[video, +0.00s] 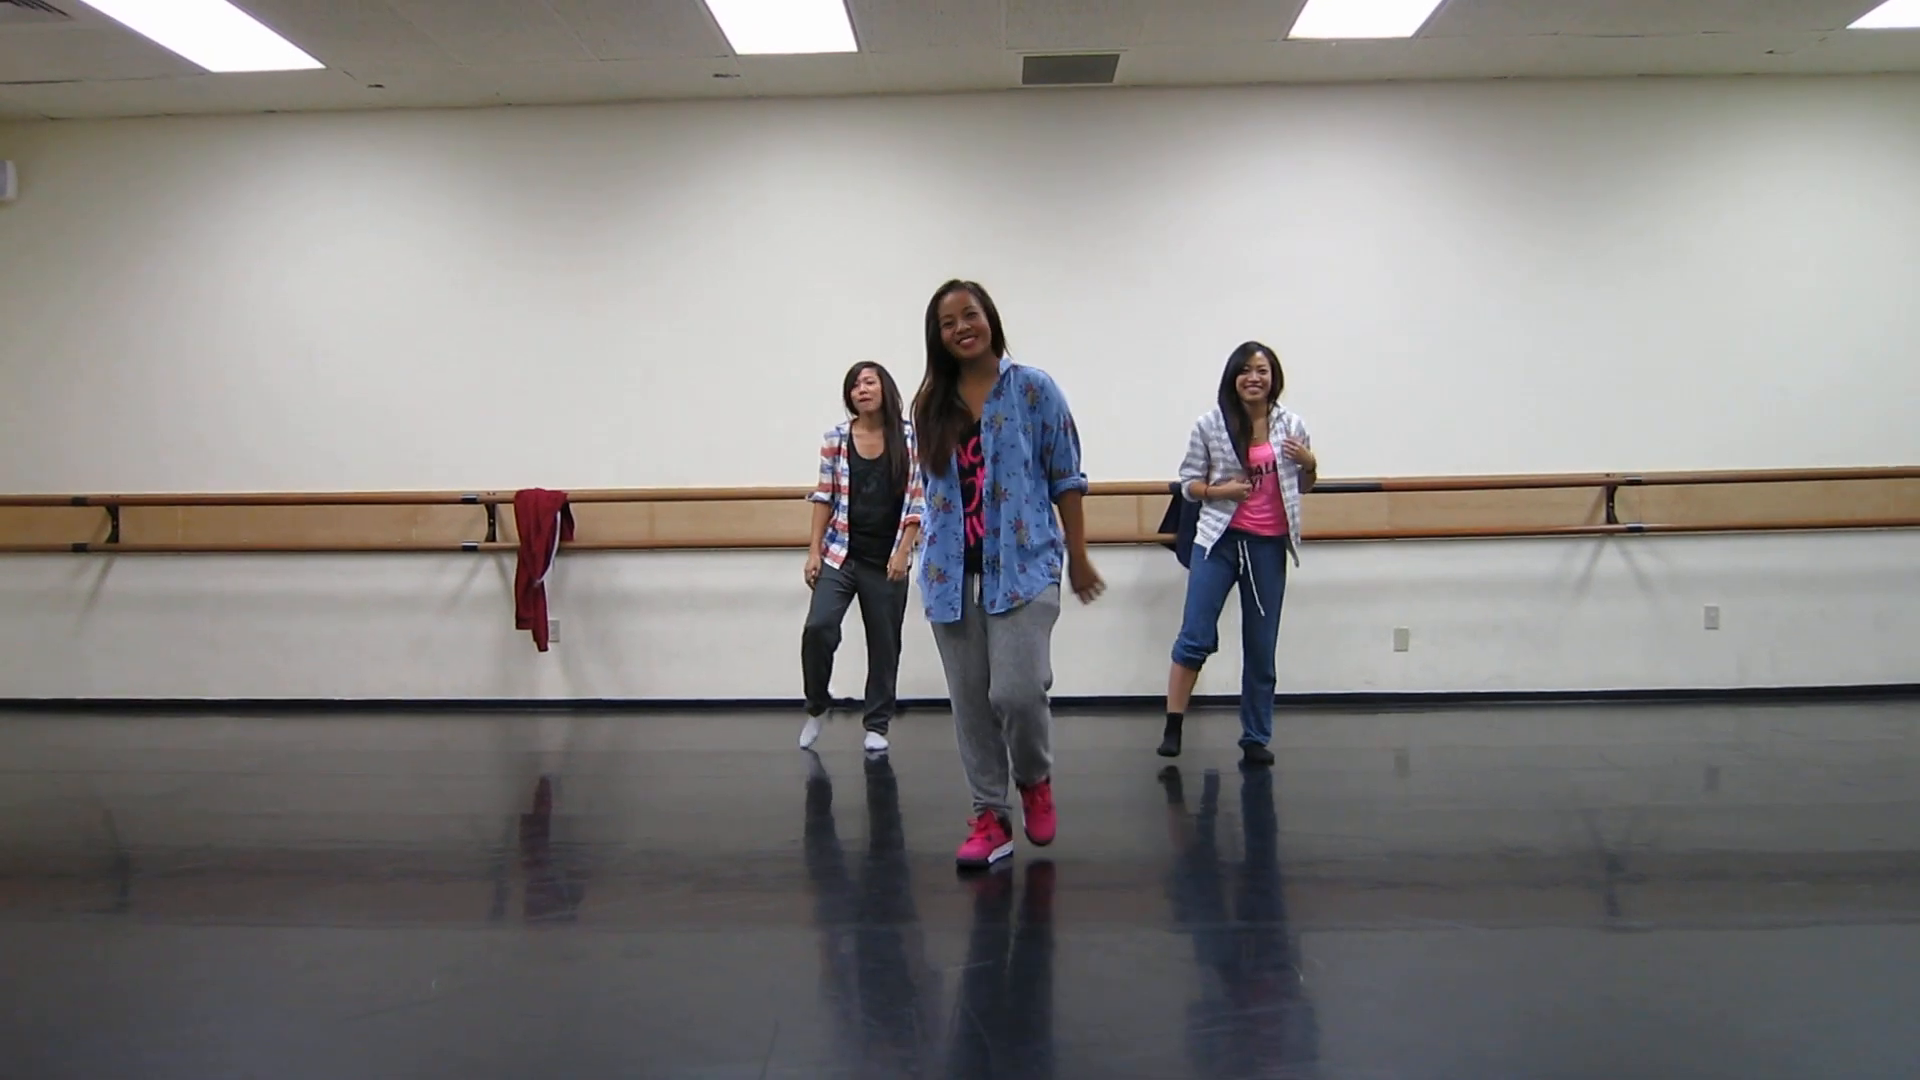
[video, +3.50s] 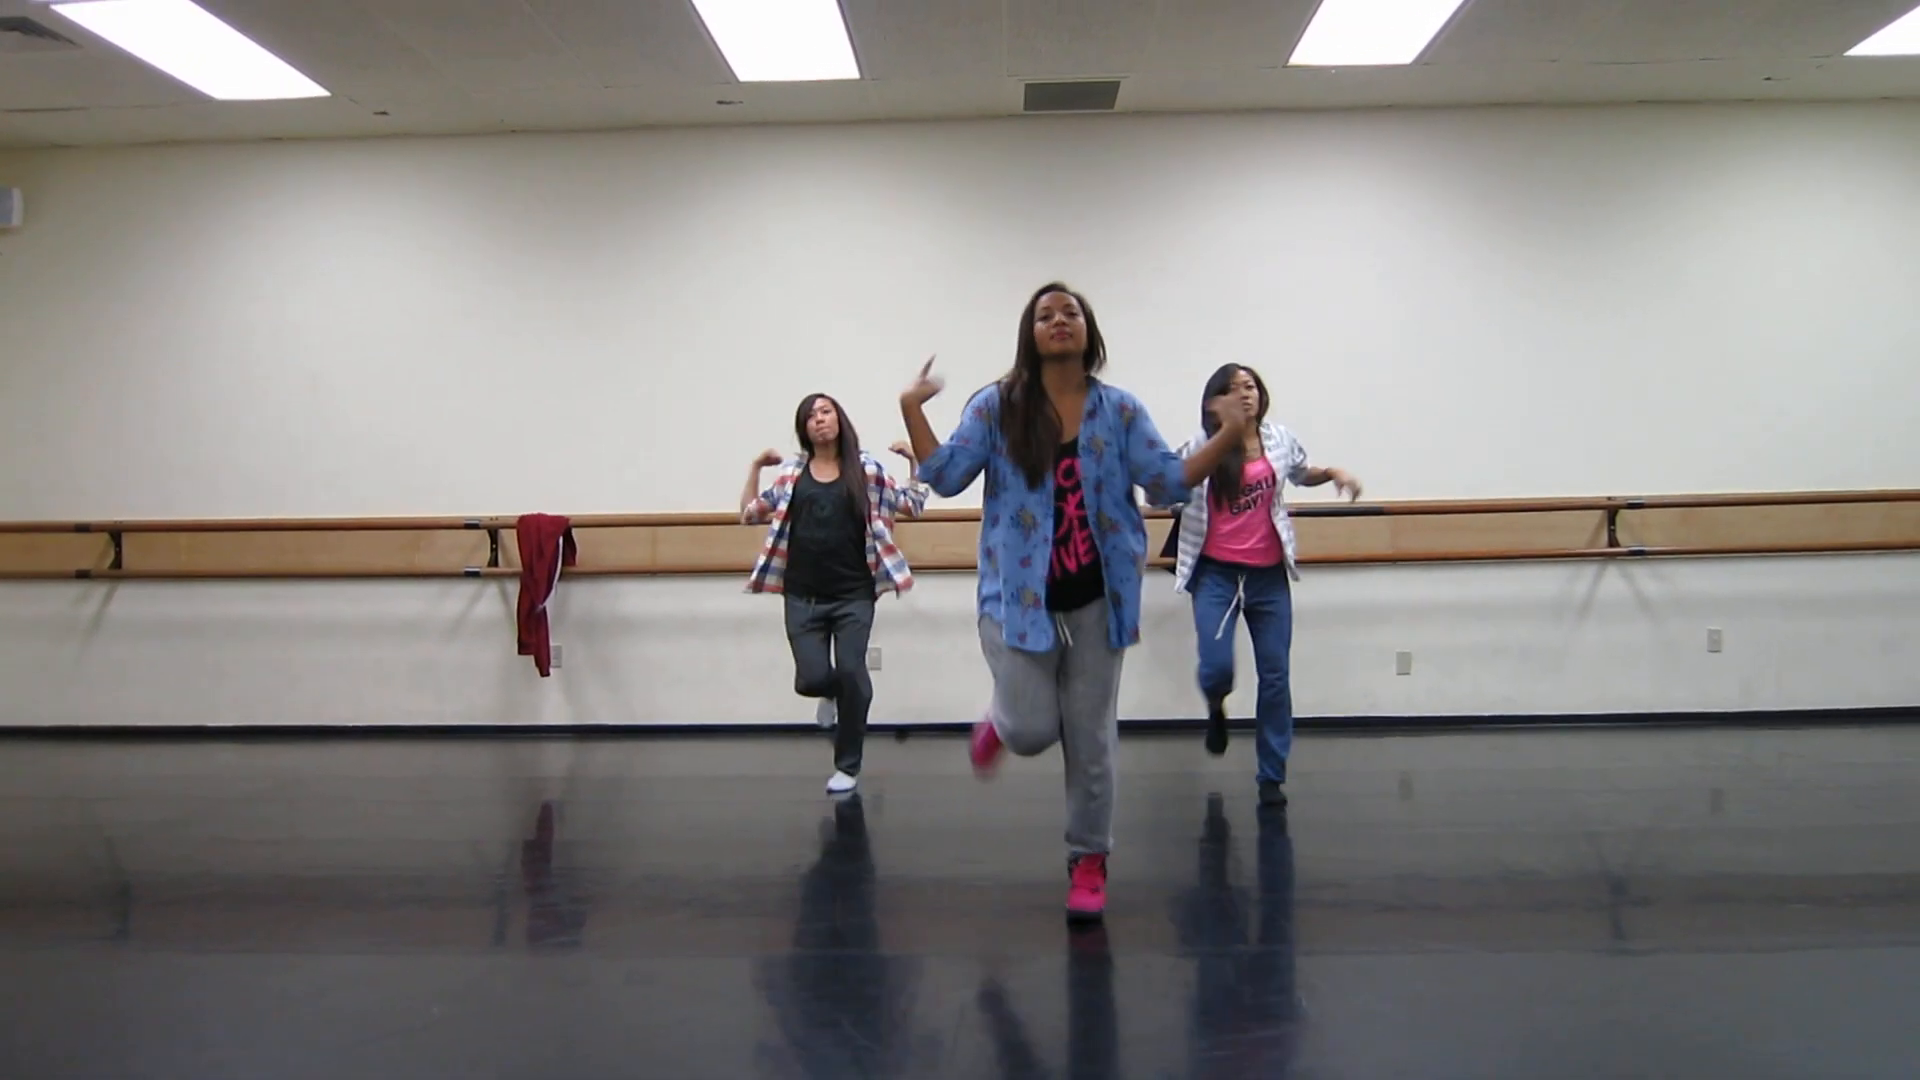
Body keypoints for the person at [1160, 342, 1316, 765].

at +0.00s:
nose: (1254, 377)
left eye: (1262, 371)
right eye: (1246, 371)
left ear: (1274, 378)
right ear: (1232, 378)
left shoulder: (1290, 423)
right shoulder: (1210, 426)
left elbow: (1303, 488)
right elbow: (1188, 486)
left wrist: (1309, 464)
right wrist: (1221, 489)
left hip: (1268, 543)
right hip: (1217, 539)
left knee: (1261, 648)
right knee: (1195, 634)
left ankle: (1256, 740)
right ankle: (1173, 726)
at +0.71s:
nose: (1201, 390)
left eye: (1210, 384)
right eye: (1193, 383)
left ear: (1222, 392)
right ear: (1180, 389)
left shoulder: (1237, 438)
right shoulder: (1157, 436)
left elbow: (1243, 503)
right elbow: (1137, 494)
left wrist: (1247, 479)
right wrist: (1164, 500)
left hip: (1219, 555)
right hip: (1169, 554)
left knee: (1236, 653)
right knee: (1169, 655)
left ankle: (1257, 747)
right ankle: (1171, 744)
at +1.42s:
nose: (1229, 395)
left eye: (1236, 388)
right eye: (1220, 389)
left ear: (1248, 397)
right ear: (1206, 398)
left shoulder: (1264, 445)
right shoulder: (1184, 447)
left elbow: (1274, 495)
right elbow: (1168, 507)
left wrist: (1275, 512)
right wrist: (1192, 545)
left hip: (1253, 562)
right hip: (1200, 561)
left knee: (1283, 657)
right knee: (1191, 658)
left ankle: (1307, 748)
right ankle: (1176, 753)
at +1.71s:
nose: (1276, 392)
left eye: (1283, 385)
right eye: (1268, 387)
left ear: (1295, 393)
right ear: (1254, 397)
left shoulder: (1313, 440)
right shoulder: (1236, 448)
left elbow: (1323, 491)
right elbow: (1226, 512)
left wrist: (1333, 504)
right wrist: (1223, 569)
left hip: (1306, 558)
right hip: (1256, 559)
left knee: (1308, 657)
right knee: (1228, 647)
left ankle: (1311, 747)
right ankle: (1200, 745)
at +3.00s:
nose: (1243, 396)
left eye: (1251, 390)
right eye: (1234, 390)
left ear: (1263, 399)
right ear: (1221, 400)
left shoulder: (1282, 448)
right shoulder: (1201, 449)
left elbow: (1296, 509)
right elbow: (1187, 512)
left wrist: (1305, 564)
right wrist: (1187, 569)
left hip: (1265, 567)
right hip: (1214, 566)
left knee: (1283, 661)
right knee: (1206, 665)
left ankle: (1297, 746)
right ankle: (1203, 754)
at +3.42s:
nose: (1233, 397)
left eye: (1240, 390)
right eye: (1223, 393)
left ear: (1253, 399)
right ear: (1210, 406)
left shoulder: (1275, 445)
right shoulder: (1198, 450)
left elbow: (1303, 484)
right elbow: (1171, 487)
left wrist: (1322, 512)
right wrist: (1156, 520)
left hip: (1262, 579)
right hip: (1209, 577)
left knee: (1270, 679)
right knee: (1201, 676)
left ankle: (1270, 780)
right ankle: (1200, 751)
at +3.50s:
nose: (1248, 393)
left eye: (1253, 386)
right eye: (1237, 388)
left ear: (1262, 398)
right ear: (1213, 404)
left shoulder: (1278, 438)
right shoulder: (1198, 451)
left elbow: (1301, 474)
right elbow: (1159, 496)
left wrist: (1332, 474)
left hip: (1268, 574)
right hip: (1214, 574)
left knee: (1275, 678)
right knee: (1217, 671)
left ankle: (1271, 777)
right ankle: (1216, 710)